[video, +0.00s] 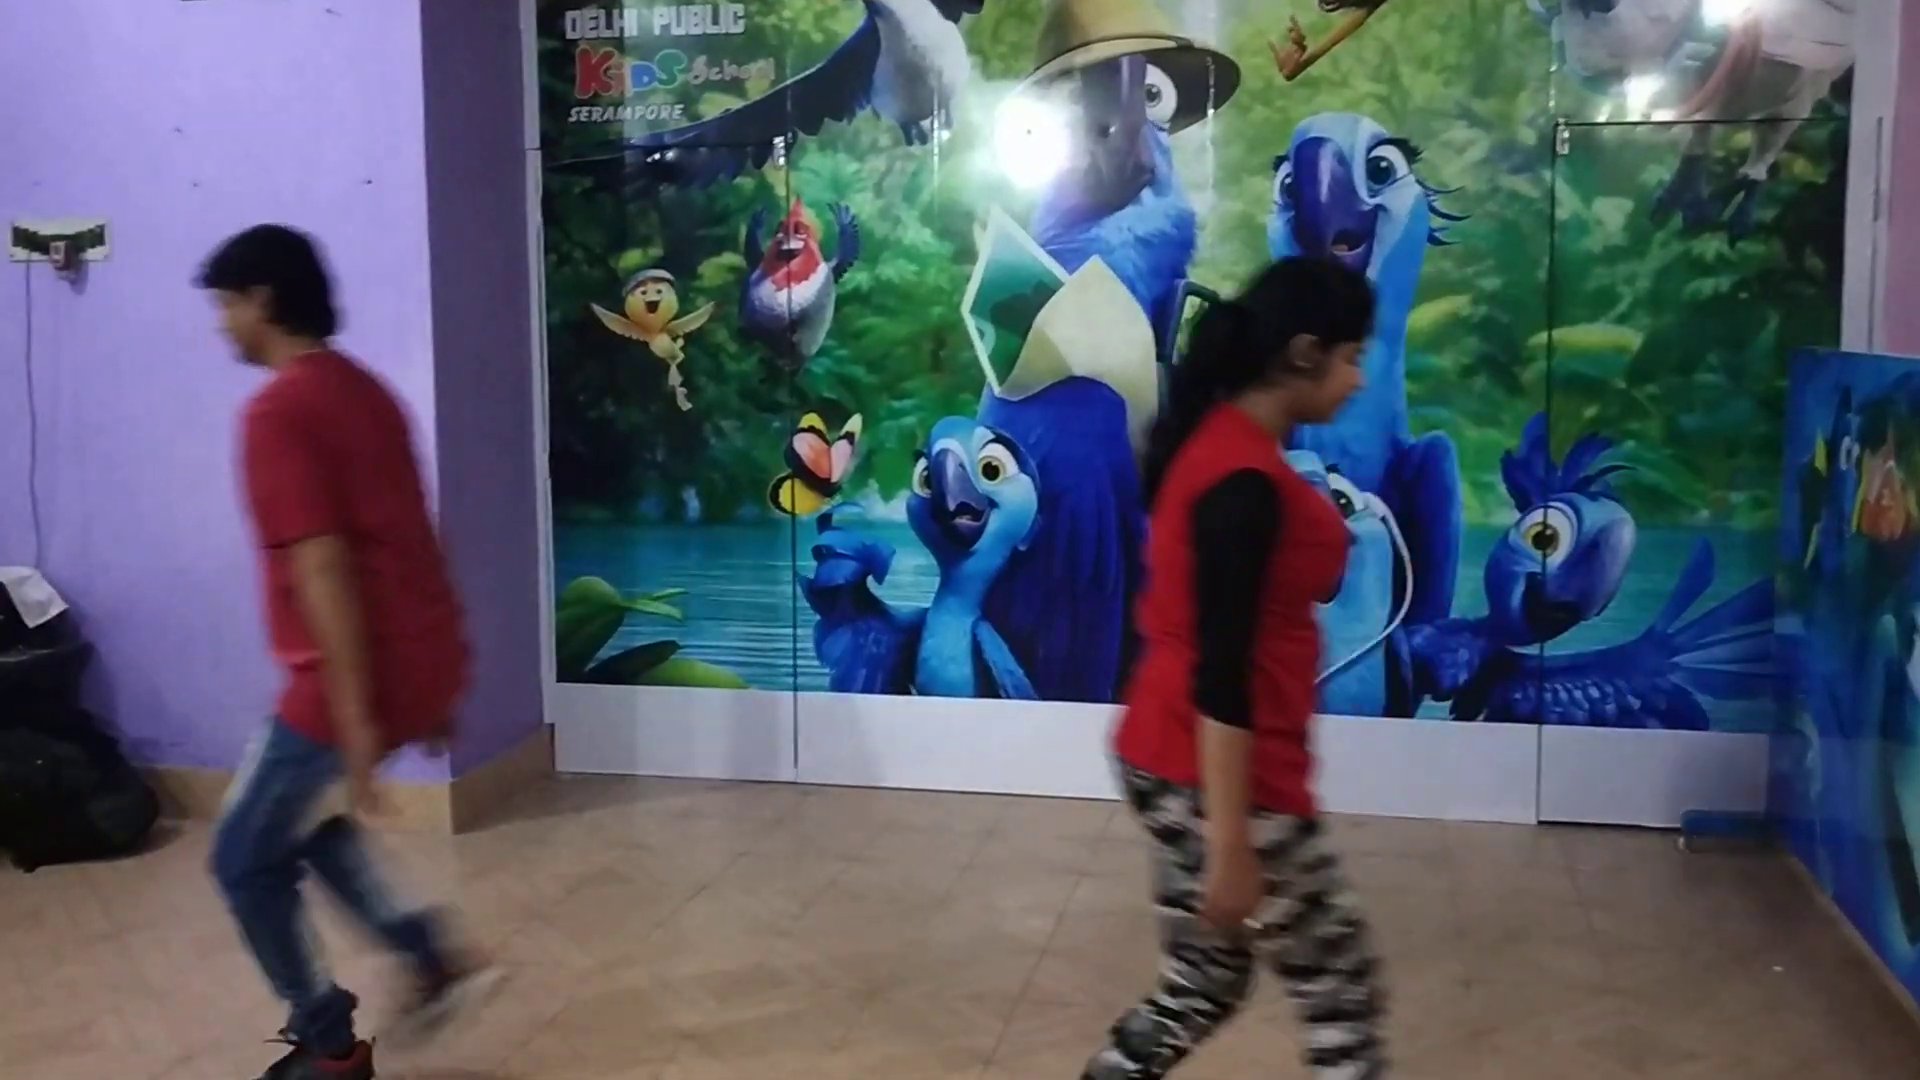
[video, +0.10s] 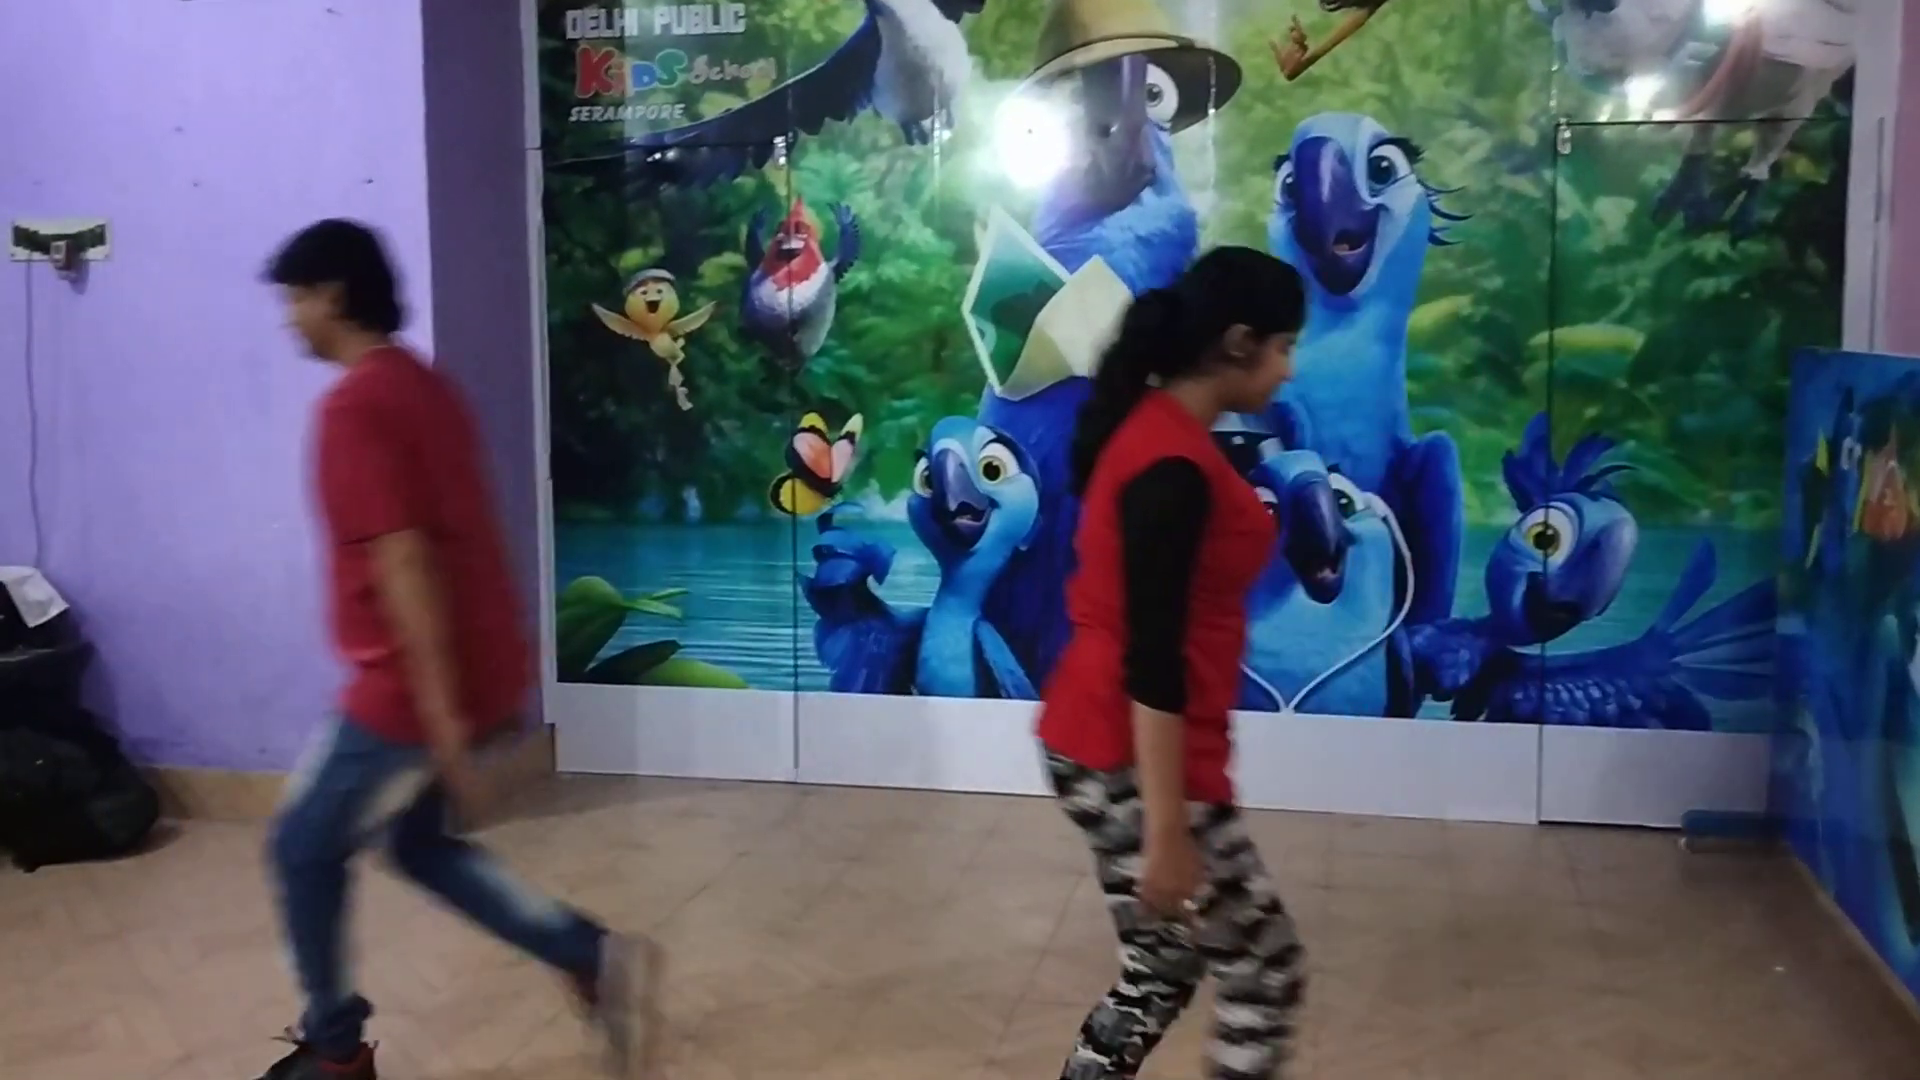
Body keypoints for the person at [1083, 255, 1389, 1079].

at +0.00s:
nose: (1359, 378)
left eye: (1360, 358)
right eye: (1352, 357)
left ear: (1286, 352)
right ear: (1301, 355)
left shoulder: (1213, 442)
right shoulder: (1242, 479)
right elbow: (1223, 679)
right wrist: (1230, 848)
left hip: (1176, 762)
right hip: (1231, 779)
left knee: (1204, 982)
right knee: (1339, 990)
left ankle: (1108, 1072)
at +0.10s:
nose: (1289, 368)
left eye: (1291, 348)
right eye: (1285, 347)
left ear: (1215, 339)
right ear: (1238, 346)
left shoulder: (1151, 431)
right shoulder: (1170, 467)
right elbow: (1156, 664)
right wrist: (1168, 833)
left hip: (1101, 746)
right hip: (1143, 763)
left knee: (1160, 968)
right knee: (1264, 969)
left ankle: (1088, 1073)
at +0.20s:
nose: (1223, 359)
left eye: (1225, 342)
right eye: (1218, 339)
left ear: (1152, 331)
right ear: (1169, 335)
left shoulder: (1100, 425)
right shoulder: (1105, 458)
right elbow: (1094, 652)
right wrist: (1110, 816)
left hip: (1071, 735)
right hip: (1062, 748)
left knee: (1138, 969)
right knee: (1149, 975)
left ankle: (1072, 1066)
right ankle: (1067, 1067)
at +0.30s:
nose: (1159, 352)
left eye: (1162, 333)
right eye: (1157, 331)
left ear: (1087, 324)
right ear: (1111, 328)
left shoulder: (1047, 423)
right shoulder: (1049, 450)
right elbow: (1037, 642)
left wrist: (1064, 783)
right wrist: (1059, 813)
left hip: (1028, 735)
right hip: (990, 744)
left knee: (1078, 946)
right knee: (1036, 965)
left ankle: (1049, 1071)